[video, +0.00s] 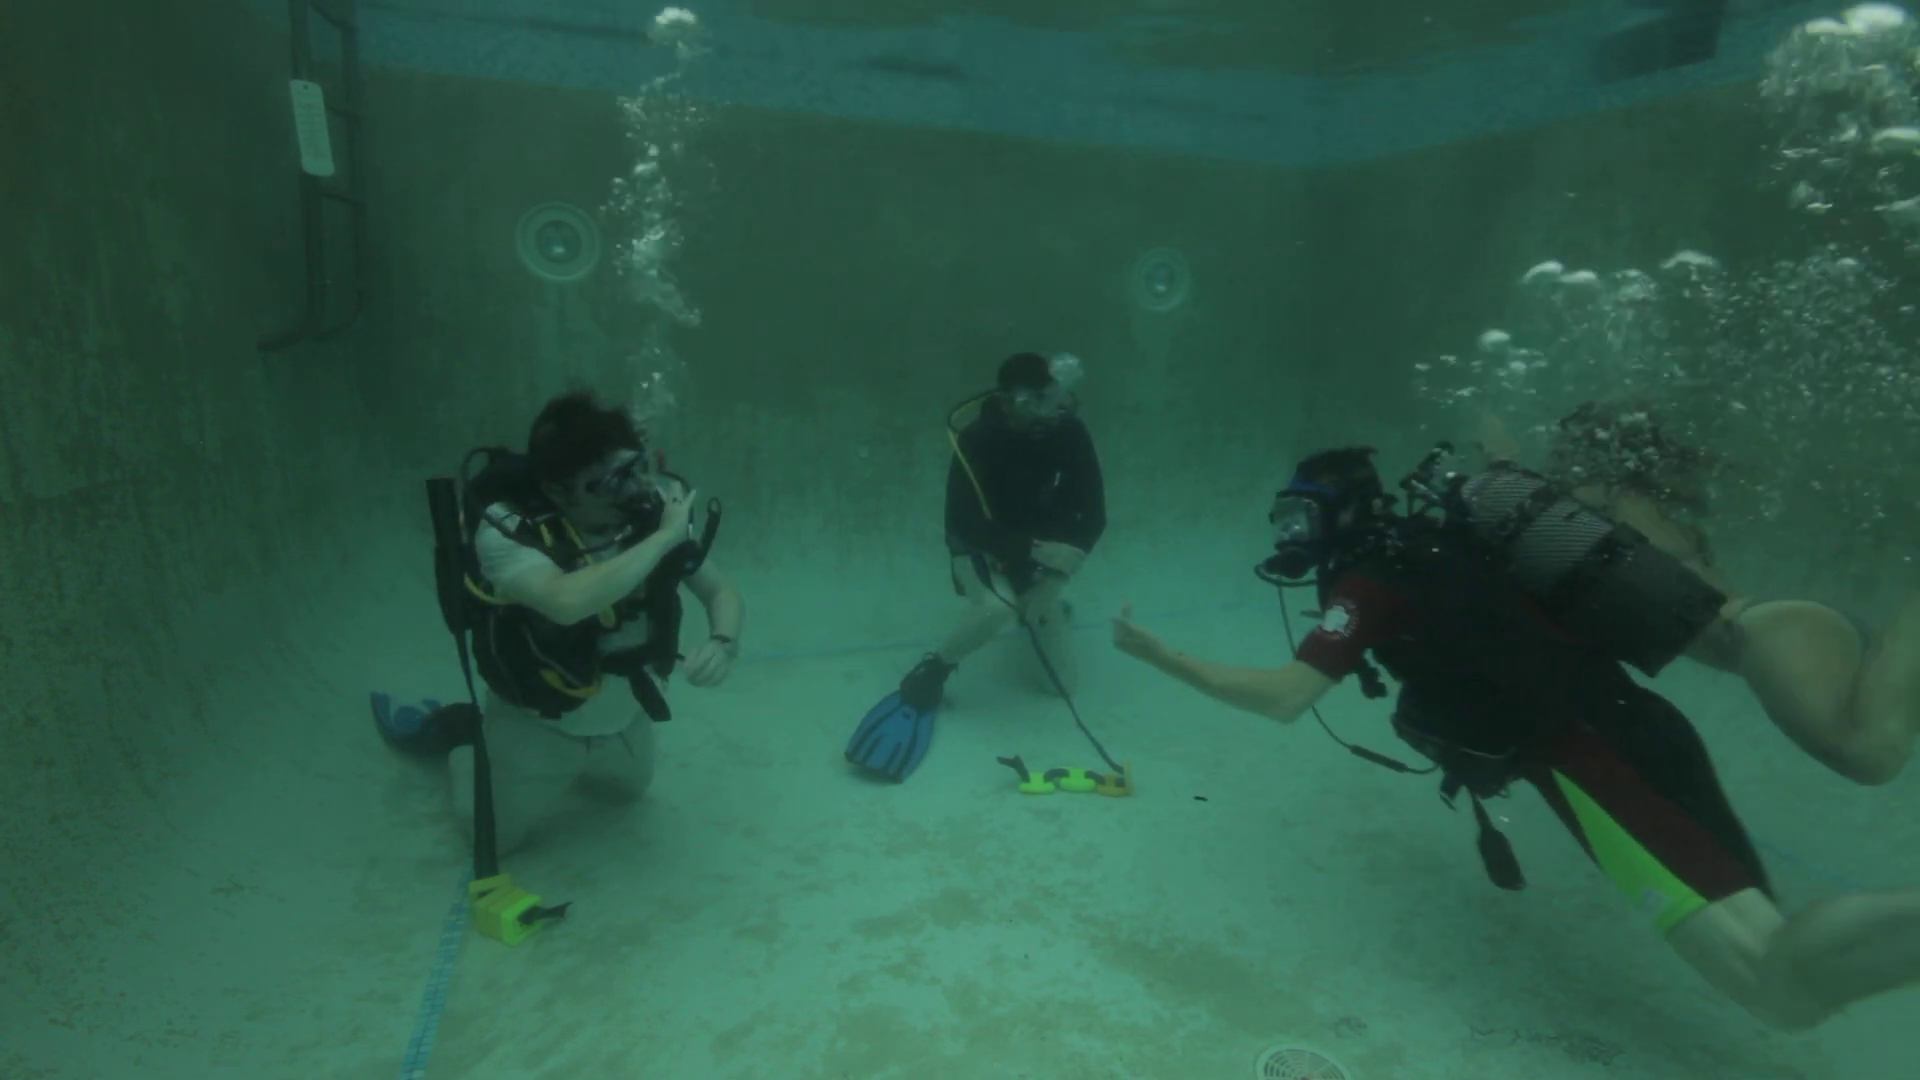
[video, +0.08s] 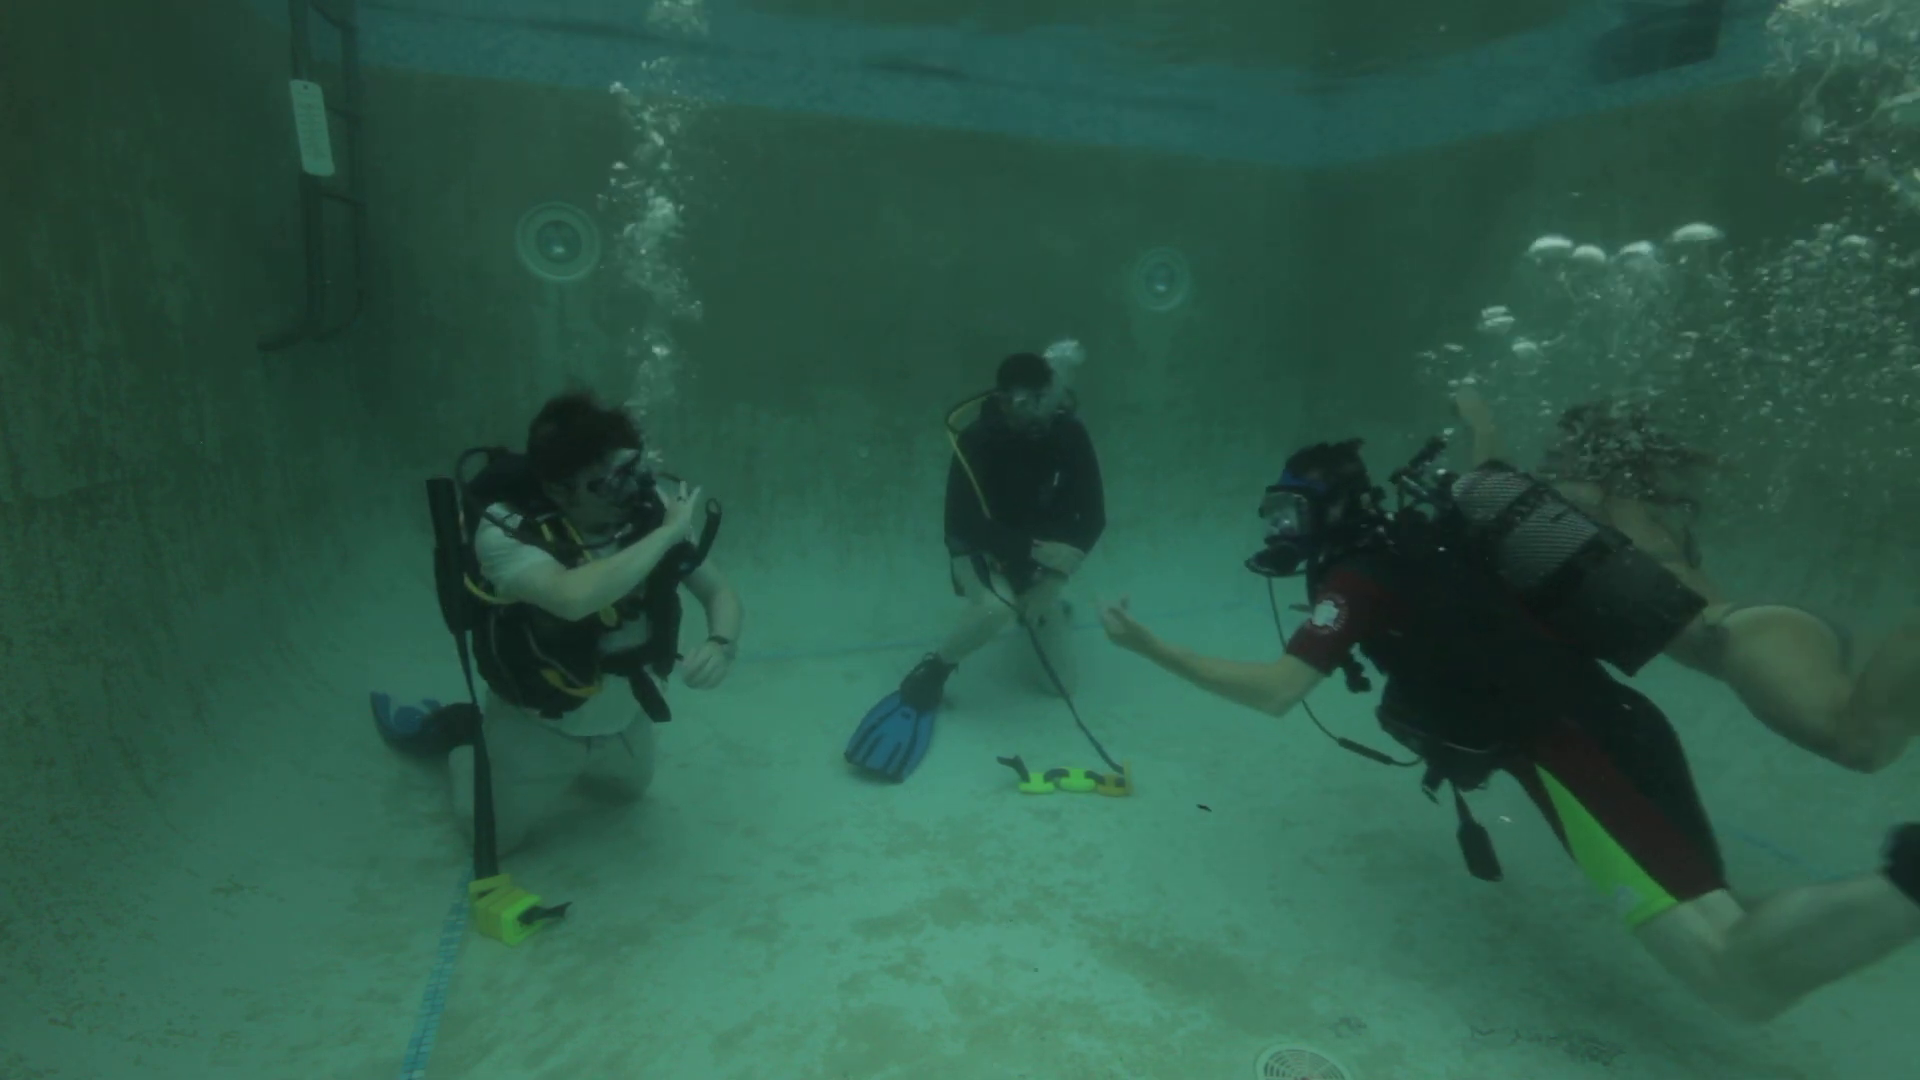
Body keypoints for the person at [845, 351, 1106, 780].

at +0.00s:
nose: (1051, 412)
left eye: (1053, 401)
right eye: (1041, 403)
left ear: (1056, 396)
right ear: (1011, 400)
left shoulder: (1069, 432)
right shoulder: (979, 438)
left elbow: (1092, 514)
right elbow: (972, 524)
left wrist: (1053, 582)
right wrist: (1038, 551)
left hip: (1045, 549)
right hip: (984, 546)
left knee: (1061, 678)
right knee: (998, 607)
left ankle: (1047, 605)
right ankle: (932, 672)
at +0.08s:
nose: (1055, 408)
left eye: (1054, 397)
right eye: (1045, 399)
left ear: (1051, 395)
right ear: (1014, 401)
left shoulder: (1068, 431)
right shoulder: (979, 438)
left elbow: (1091, 514)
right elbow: (972, 523)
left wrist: (1053, 579)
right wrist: (1036, 551)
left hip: (1046, 543)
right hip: (985, 541)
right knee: (997, 607)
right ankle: (933, 672)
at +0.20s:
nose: (1035, 412)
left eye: (1041, 399)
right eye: (1024, 402)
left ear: (1051, 394)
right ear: (1002, 401)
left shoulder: (1067, 433)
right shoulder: (976, 439)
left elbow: (1089, 515)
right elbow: (969, 524)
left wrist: (1050, 582)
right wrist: (1034, 551)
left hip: (1046, 550)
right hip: (985, 546)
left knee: (1061, 677)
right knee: (994, 608)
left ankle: (1044, 605)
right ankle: (933, 672)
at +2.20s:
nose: (1014, 405)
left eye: (1022, 395)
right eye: (1004, 395)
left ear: (1035, 393)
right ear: (985, 396)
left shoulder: (1052, 431)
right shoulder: (964, 438)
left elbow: (1078, 510)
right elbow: (946, 519)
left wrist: (1046, 570)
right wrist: (1018, 533)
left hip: (1030, 557)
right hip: (968, 551)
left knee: (1053, 680)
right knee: (992, 600)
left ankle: (1034, 606)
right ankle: (930, 675)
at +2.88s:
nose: (1004, 400)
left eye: (1013, 390)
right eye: (992, 391)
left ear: (1028, 389)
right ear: (976, 392)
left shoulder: (1047, 430)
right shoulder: (957, 439)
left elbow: (1074, 504)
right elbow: (909, 508)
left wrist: (1046, 564)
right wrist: (970, 542)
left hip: (1029, 551)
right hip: (965, 553)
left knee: (1054, 679)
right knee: (987, 598)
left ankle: (1036, 610)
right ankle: (933, 672)